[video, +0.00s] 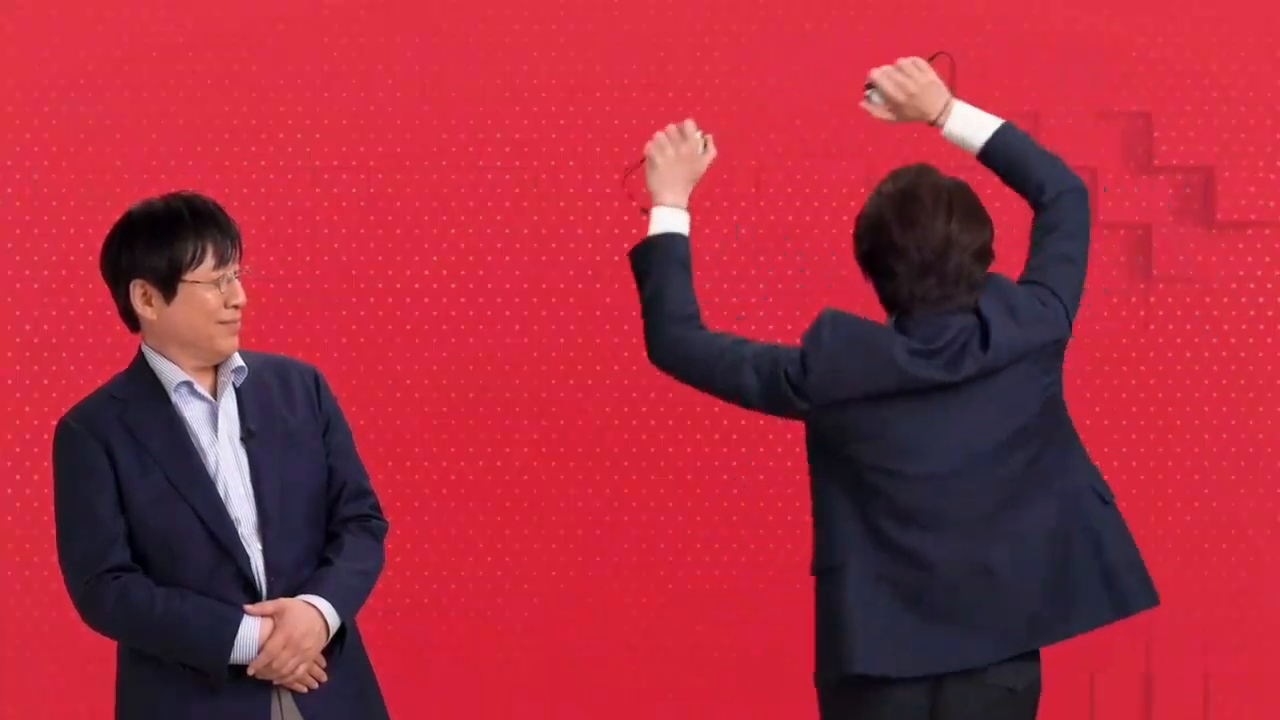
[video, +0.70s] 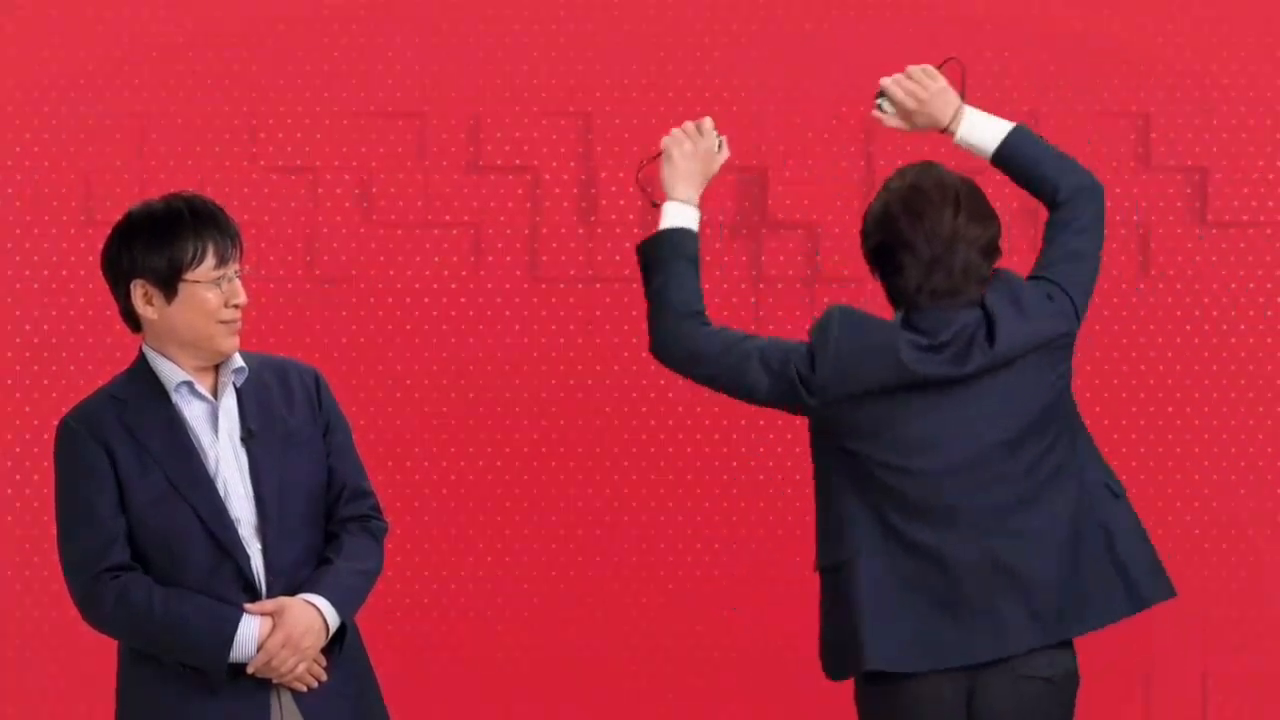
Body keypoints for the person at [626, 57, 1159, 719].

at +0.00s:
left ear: (875, 271)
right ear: (987, 255)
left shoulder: (834, 372)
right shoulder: (1032, 334)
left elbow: (675, 342)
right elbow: (1064, 194)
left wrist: (667, 203)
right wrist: (949, 111)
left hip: (875, 682)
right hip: (1002, 671)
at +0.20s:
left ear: (874, 262)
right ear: (986, 250)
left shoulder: (835, 349)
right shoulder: (1038, 325)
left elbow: (696, 284)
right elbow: (1119, 202)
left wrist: (728, 145)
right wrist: (1051, 83)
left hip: (875, 664)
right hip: (1004, 659)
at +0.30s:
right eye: (991, 244)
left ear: (880, 254)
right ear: (991, 256)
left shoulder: (837, 332)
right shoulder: (1042, 352)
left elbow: (747, 226)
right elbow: (1182, 303)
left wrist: (831, 115)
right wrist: (1176, 165)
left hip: (861, 662)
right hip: (989, 668)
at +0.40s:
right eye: (1009, 268)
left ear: (889, 270)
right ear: (1001, 282)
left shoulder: (847, 338)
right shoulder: (1040, 388)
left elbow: (795, 220)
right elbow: (1203, 394)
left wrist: (904, 132)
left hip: (845, 680)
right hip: (972, 696)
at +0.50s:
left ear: (894, 257)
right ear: (1007, 272)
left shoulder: (853, 329)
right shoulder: (1048, 379)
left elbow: (788, 208)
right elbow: (1207, 362)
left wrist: (887, 115)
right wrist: (1222, 214)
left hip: (851, 677)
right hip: (979, 692)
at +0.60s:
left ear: (895, 251)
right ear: (1002, 250)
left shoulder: (843, 328)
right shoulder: (1054, 338)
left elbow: (723, 237)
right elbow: (1168, 249)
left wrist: (785, 113)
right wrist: (1106, 119)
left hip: (872, 666)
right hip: (1002, 670)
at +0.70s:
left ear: (882, 269)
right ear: (992, 251)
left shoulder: (840, 367)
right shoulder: (1042, 327)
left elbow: (679, 337)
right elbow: (1080, 193)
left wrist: (679, 200)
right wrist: (959, 116)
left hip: (907, 681)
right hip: (1034, 666)